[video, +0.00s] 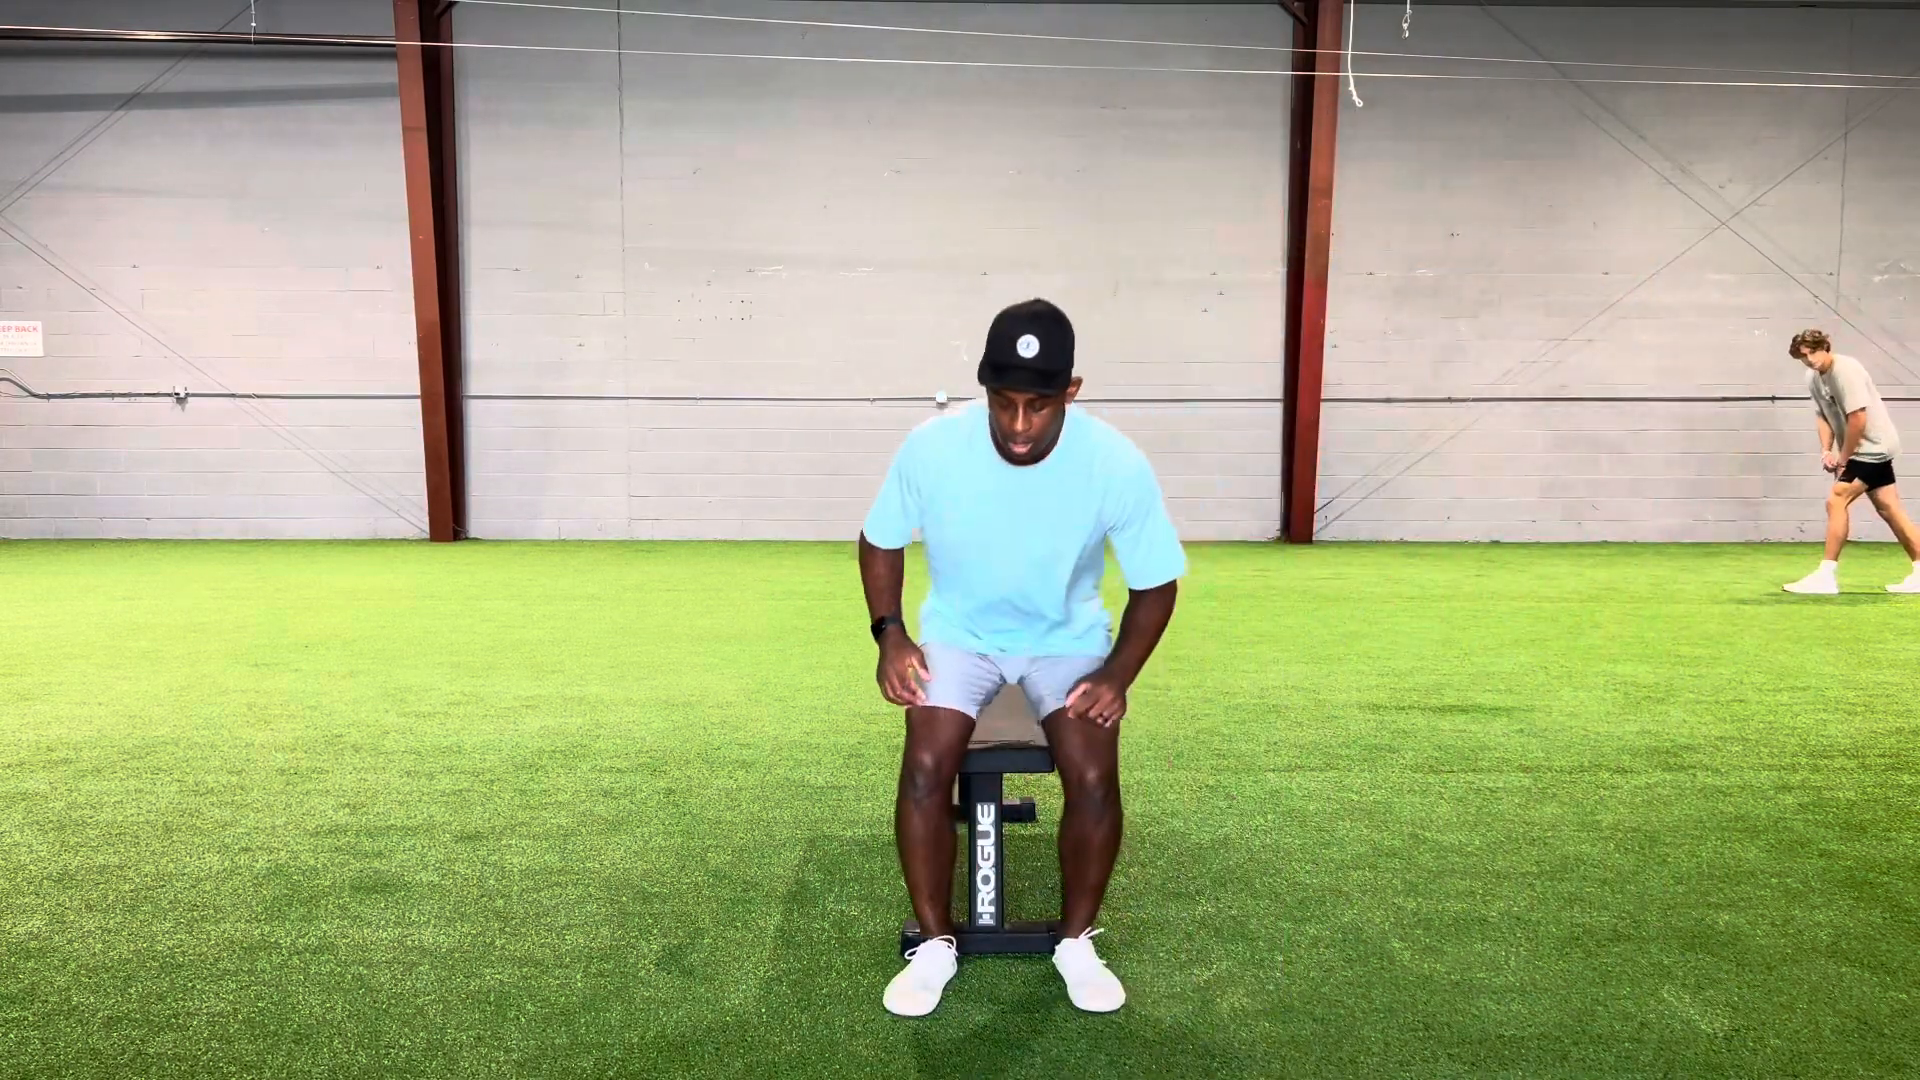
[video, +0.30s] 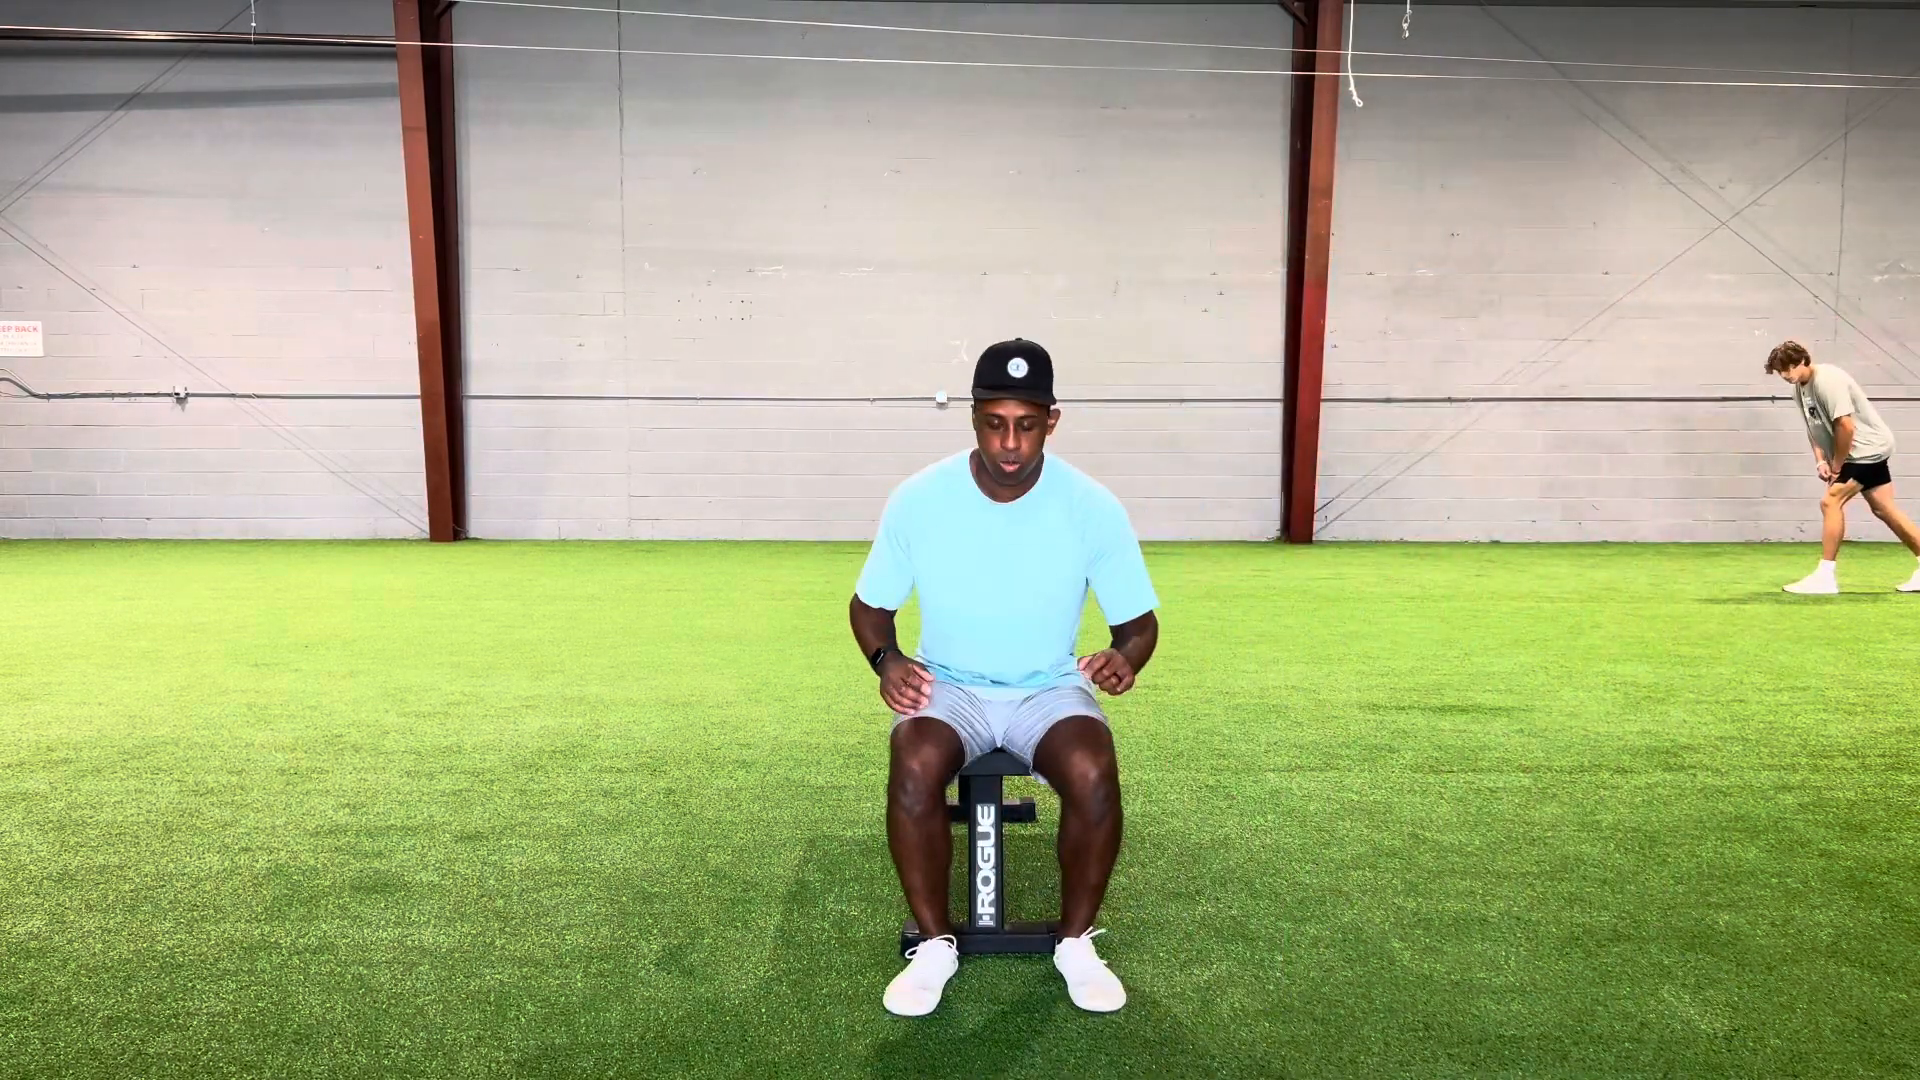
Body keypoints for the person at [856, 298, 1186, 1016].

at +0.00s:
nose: (1019, 424)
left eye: (1038, 406)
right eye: (1004, 403)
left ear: (1070, 392)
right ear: (985, 384)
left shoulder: (1113, 463)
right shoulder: (931, 449)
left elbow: (1159, 581)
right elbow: (880, 540)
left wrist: (1117, 676)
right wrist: (891, 633)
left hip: (1068, 637)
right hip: (957, 632)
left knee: (1092, 776)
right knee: (925, 765)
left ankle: (1077, 939)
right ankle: (935, 941)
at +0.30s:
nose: (1011, 444)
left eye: (1027, 426)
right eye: (995, 425)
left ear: (1052, 423)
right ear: (974, 418)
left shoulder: (1090, 507)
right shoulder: (919, 501)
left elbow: (1140, 619)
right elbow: (869, 604)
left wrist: (1123, 657)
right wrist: (886, 659)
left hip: (1050, 690)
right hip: (949, 690)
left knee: (1093, 770)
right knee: (913, 762)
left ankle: (1075, 940)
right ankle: (935, 942)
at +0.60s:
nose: (994, 408)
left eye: (1007, 393)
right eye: (978, 394)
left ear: (1029, 398)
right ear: (957, 402)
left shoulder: (1076, 490)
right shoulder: (912, 493)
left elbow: (1110, 590)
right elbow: (877, 606)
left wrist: (1119, 619)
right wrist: (906, 633)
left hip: (1044, 672)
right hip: (946, 679)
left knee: (1092, 721)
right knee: (916, 745)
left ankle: (1066, 910)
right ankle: (932, 931)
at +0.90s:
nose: (993, 410)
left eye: (1006, 394)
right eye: (976, 396)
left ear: (1026, 401)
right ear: (955, 405)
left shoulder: (1073, 483)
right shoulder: (912, 495)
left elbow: (1109, 593)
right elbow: (884, 610)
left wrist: (1083, 607)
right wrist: (909, 632)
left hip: (1043, 674)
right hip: (949, 677)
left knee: (1089, 692)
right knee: (921, 721)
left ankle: (1042, 887)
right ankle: (932, 911)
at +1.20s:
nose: (999, 430)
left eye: (1014, 414)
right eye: (982, 413)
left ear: (1037, 419)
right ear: (958, 417)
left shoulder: (1062, 503)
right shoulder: (909, 465)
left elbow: (988, 620)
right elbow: (799, 455)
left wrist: (864, 566)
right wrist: (709, 521)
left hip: (1043, 664)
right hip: (948, 658)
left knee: (1122, 733)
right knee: (949, 760)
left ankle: (1048, 899)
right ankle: (945, 941)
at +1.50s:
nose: (1071, 365)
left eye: (1085, 346)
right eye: (1050, 347)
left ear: (1104, 356)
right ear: (1021, 359)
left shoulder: (1134, 451)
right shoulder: (962, 440)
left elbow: (1087, 593)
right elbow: (871, 518)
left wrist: (954, 627)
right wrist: (819, 631)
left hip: (1083, 641)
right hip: (982, 637)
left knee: (1127, 773)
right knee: (976, 778)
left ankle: (1022, 909)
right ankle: (948, 944)